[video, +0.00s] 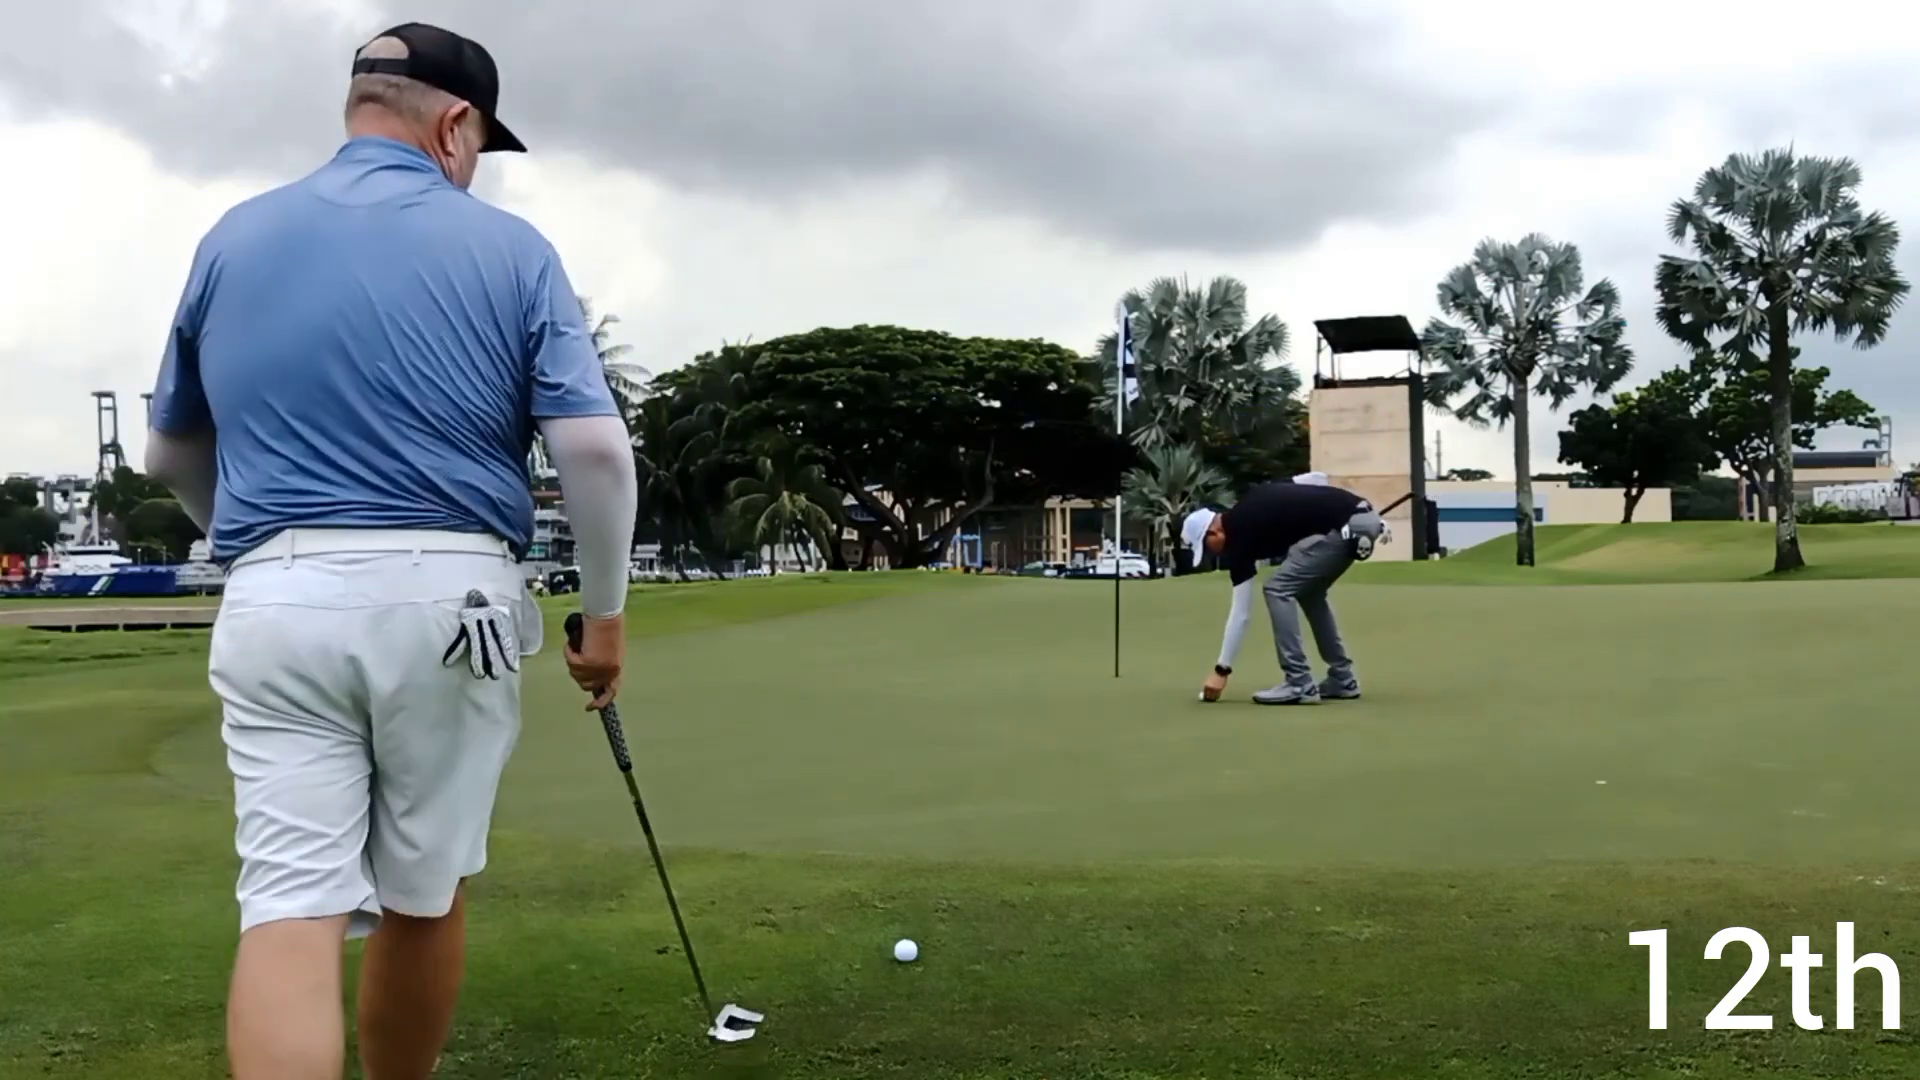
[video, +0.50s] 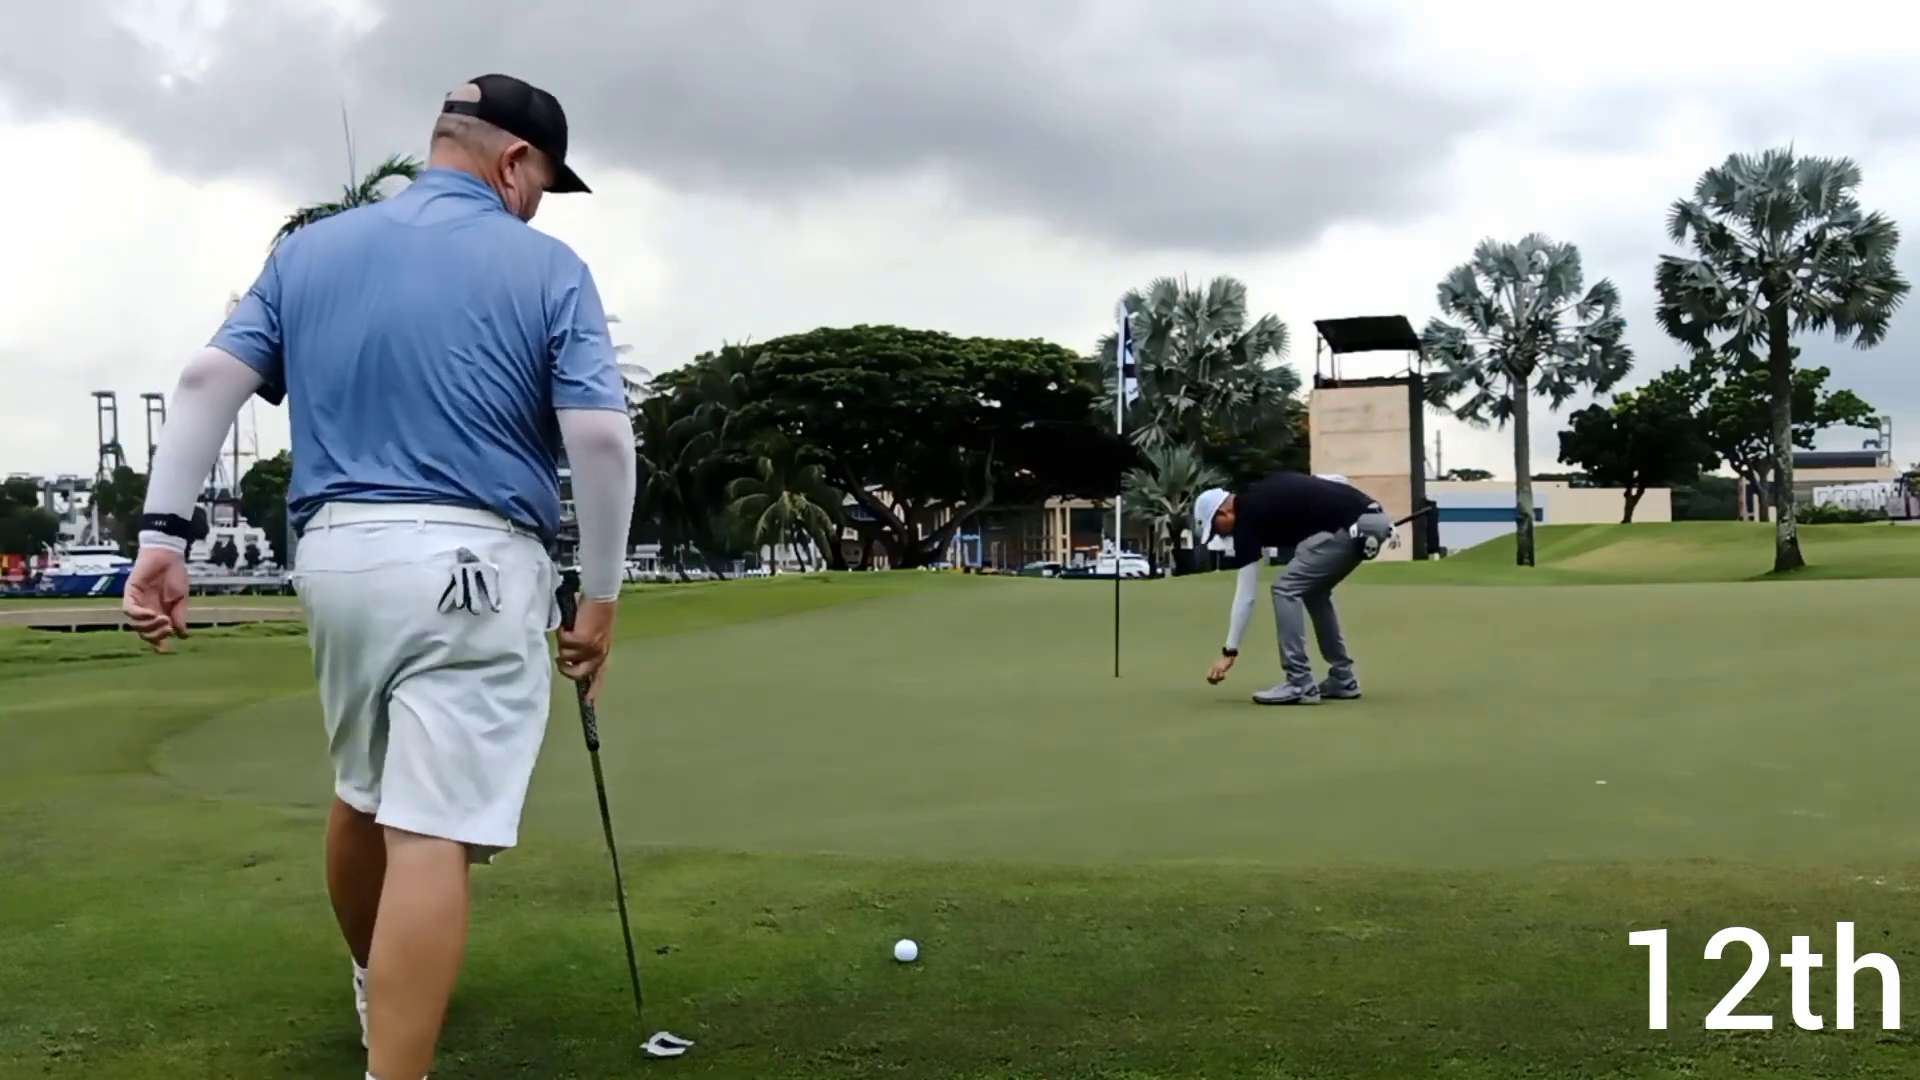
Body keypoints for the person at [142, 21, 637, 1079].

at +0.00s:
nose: (480, 171)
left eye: (485, 150)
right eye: (483, 147)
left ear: (350, 117)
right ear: (451, 127)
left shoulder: (235, 235)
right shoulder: (512, 247)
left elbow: (177, 448)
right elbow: (594, 447)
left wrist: (262, 536)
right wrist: (602, 610)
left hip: (273, 595)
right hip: (449, 598)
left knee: (286, 907)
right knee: (421, 904)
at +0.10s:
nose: (501, 169)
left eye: (504, 151)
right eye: (506, 148)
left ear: (378, 115)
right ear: (476, 126)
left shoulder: (256, 217)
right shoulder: (525, 239)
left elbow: (181, 421)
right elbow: (596, 438)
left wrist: (250, 526)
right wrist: (603, 603)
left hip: (291, 565)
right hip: (457, 564)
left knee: (297, 865)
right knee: (427, 879)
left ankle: (291, 1076)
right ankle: (398, 1075)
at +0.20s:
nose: (511, 169)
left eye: (518, 151)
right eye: (518, 146)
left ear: (400, 110)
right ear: (487, 121)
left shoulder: (272, 213)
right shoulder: (530, 234)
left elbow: (184, 399)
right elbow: (600, 432)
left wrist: (228, 554)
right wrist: (603, 596)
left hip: (305, 553)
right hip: (463, 556)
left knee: (304, 823)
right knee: (428, 854)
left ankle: (293, 1059)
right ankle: (397, 1077)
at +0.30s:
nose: (521, 173)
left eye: (527, 156)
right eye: (527, 152)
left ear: (412, 117)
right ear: (499, 131)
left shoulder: (285, 221)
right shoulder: (539, 239)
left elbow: (188, 391)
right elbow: (602, 433)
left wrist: (190, 559)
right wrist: (603, 595)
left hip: (311, 556)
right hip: (464, 559)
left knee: (320, 801)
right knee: (432, 848)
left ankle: (302, 1060)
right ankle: (395, 1076)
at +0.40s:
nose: (531, 189)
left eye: (539, 173)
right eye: (538, 169)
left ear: (422, 131)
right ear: (510, 145)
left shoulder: (298, 232)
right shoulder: (545, 252)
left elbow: (199, 383)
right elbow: (604, 434)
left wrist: (165, 548)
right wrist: (603, 600)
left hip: (325, 552)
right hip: (471, 558)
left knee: (346, 796)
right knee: (433, 844)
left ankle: (336, 1041)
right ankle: (393, 1075)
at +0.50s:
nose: (542, 207)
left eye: (548, 191)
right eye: (547, 187)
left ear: (433, 148)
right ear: (518, 164)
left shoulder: (309, 248)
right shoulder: (546, 266)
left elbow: (209, 379)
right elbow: (601, 435)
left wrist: (164, 532)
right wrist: (600, 594)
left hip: (337, 554)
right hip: (479, 560)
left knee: (361, 794)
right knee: (433, 841)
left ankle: (376, 984)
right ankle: (395, 1070)